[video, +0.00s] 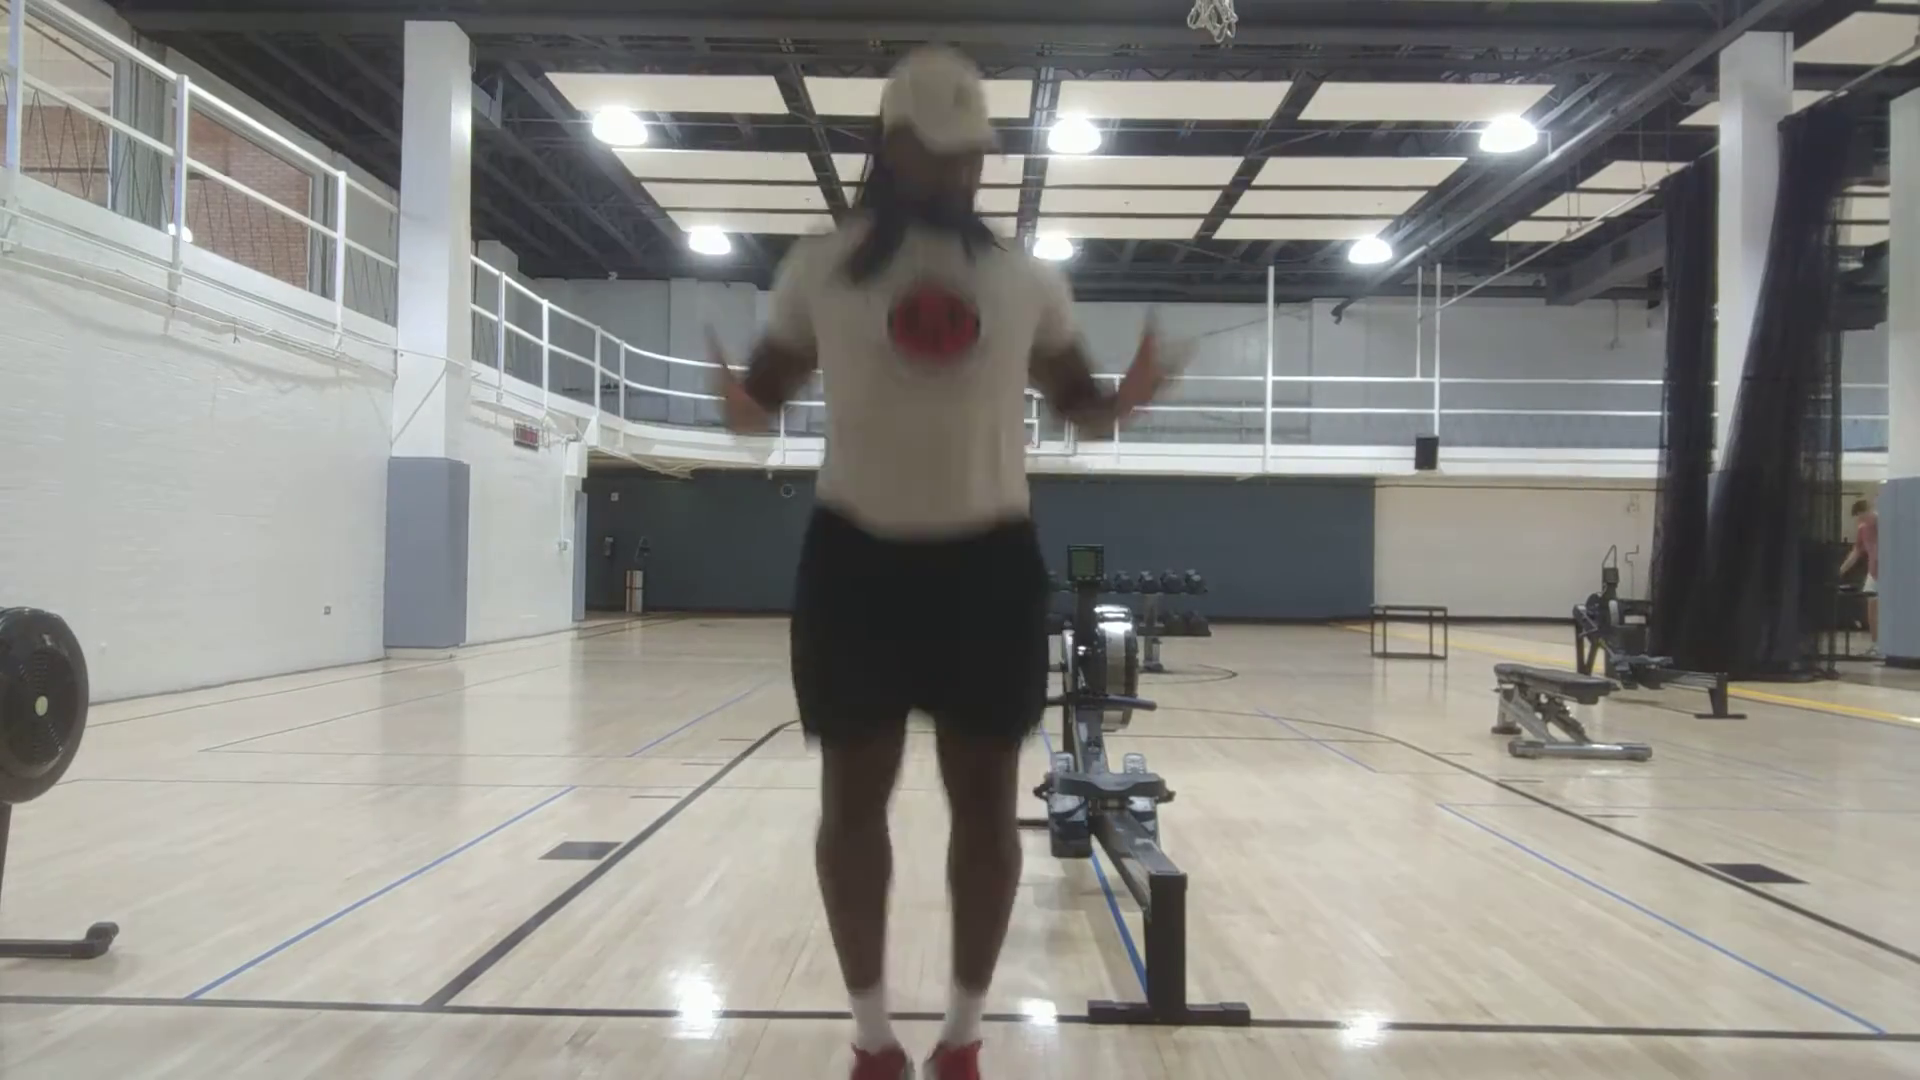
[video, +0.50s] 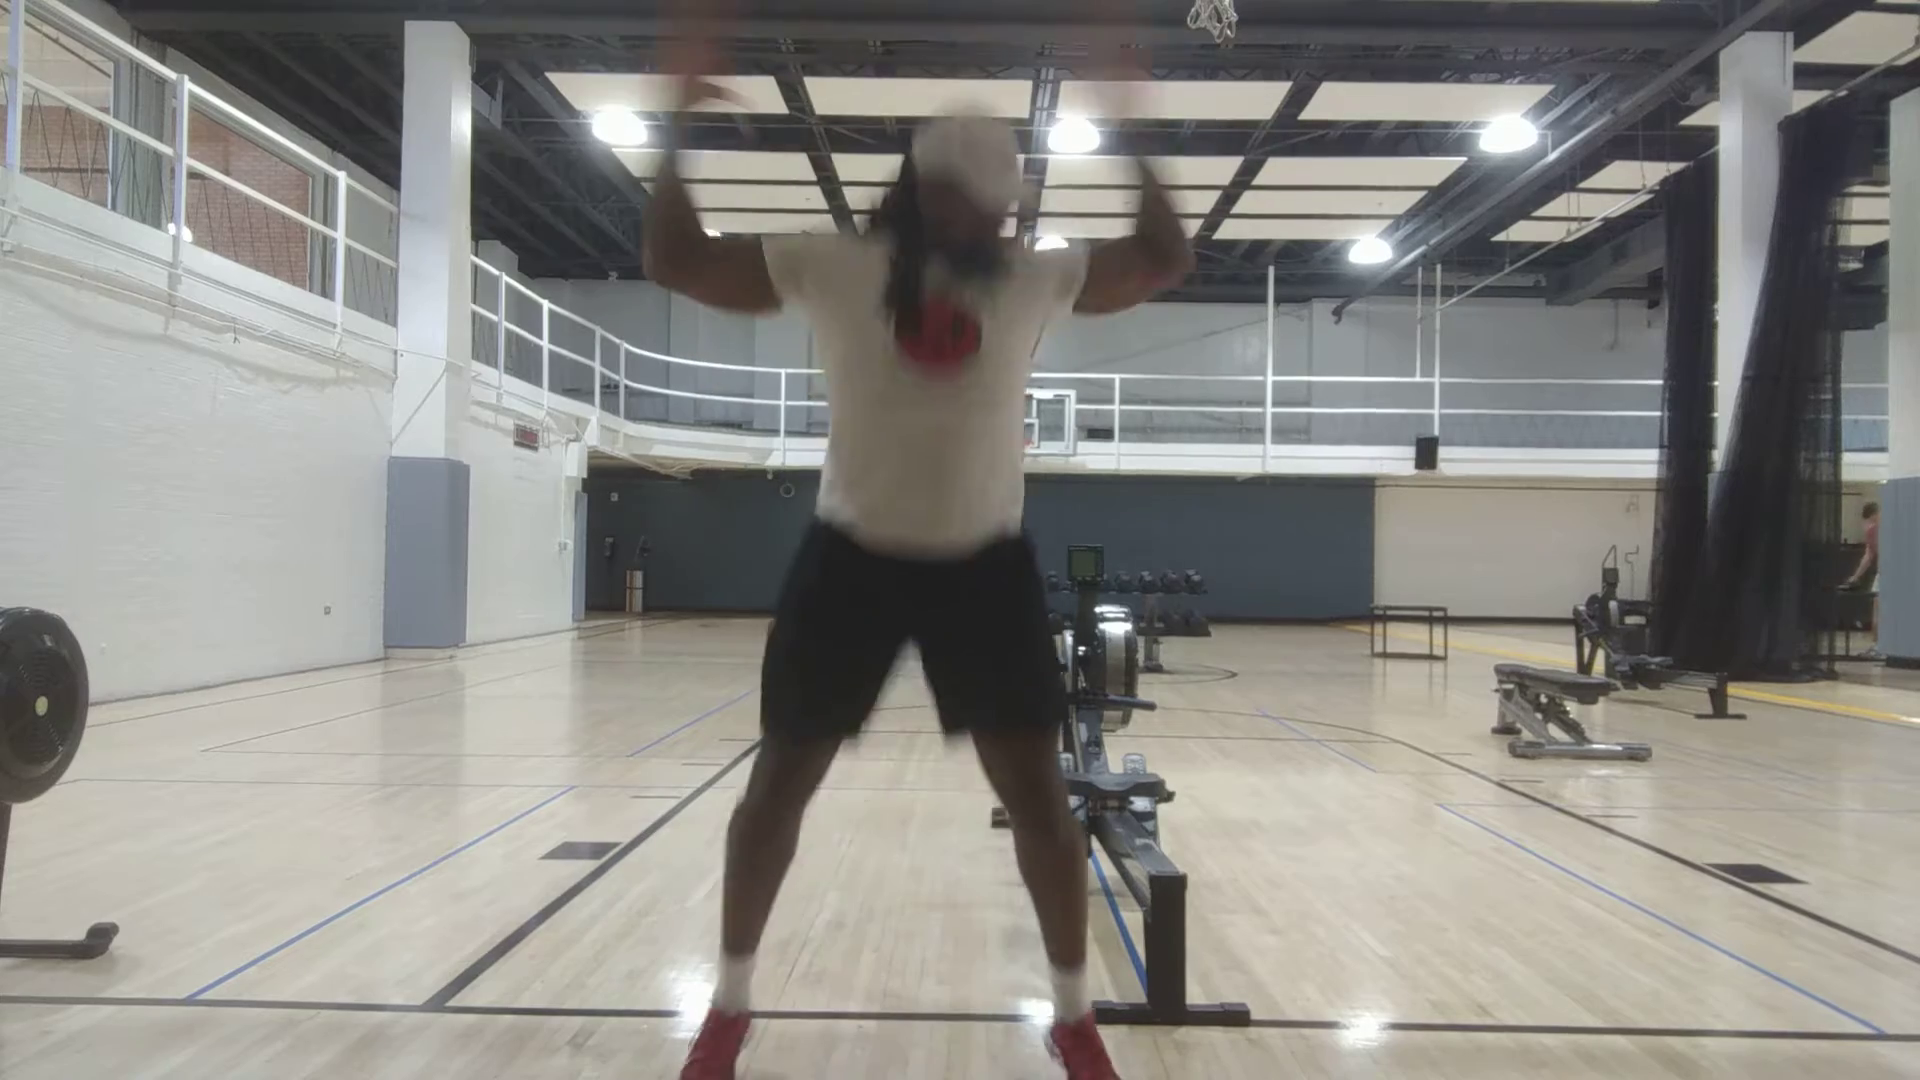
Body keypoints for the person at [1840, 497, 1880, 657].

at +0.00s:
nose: (1859, 519)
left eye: (1860, 515)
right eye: (1857, 516)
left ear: (1867, 512)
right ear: (1858, 515)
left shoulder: (1881, 524)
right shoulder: (1863, 527)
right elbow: (1857, 550)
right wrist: (1842, 569)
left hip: (1885, 573)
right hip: (1873, 573)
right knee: (1872, 605)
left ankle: (1881, 644)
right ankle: (1875, 642)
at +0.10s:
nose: (1861, 521)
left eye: (1861, 516)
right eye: (1858, 518)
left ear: (1869, 511)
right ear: (1860, 517)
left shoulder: (1884, 525)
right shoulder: (1863, 530)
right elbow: (1857, 553)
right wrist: (1842, 572)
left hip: (1888, 574)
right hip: (1874, 574)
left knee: (1888, 608)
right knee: (1872, 605)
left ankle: (1887, 644)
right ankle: (1876, 642)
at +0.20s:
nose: (1862, 522)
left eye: (1863, 517)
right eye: (1860, 519)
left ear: (1870, 513)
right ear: (1860, 518)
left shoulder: (1884, 525)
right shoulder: (1863, 530)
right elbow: (1859, 556)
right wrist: (1845, 576)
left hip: (1889, 574)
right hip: (1875, 573)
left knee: (1887, 608)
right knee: (1873, 605)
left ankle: (1888, 644)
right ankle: (1876, 642)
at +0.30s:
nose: (1865, 522)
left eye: (1866, 518)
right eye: (1862, 520)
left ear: (1872, 514)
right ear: (1862, 519)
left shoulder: (1884, 527)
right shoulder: (1866, 531)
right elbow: (1863, 555)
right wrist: (1854, 577)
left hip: (1887, 575)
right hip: (1876, 574)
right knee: (1874, 605)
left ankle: (1885, 644)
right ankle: (1876, 643)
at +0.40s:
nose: (1866, 523)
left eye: (1866, 519)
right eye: (1864, 520)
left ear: (1873, 515)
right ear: (1867, 518)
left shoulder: (1878, 529)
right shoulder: (1870, 531)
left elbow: (1868, 556)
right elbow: (1866, 556)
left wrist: (1855, 579)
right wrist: (1854, 580)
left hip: (1883, 574)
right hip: (1878, 573)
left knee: (1877, 605)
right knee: (1875, 604)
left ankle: (1879, 644)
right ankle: (1876, 643)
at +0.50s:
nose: (1868, 524)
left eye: (1868, 520)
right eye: (1867, 520)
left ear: (1871, 517)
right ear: (1875, 515)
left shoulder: (1874, 530)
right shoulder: (1875, 529)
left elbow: (1869, 555)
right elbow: (1869, 555)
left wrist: (1855, 577)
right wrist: (1855, 577)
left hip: (1882, 573)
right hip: (1882, 572)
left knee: (1878, 604)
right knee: (1877, 603)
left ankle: (1878, 643)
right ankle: (1878, 642)